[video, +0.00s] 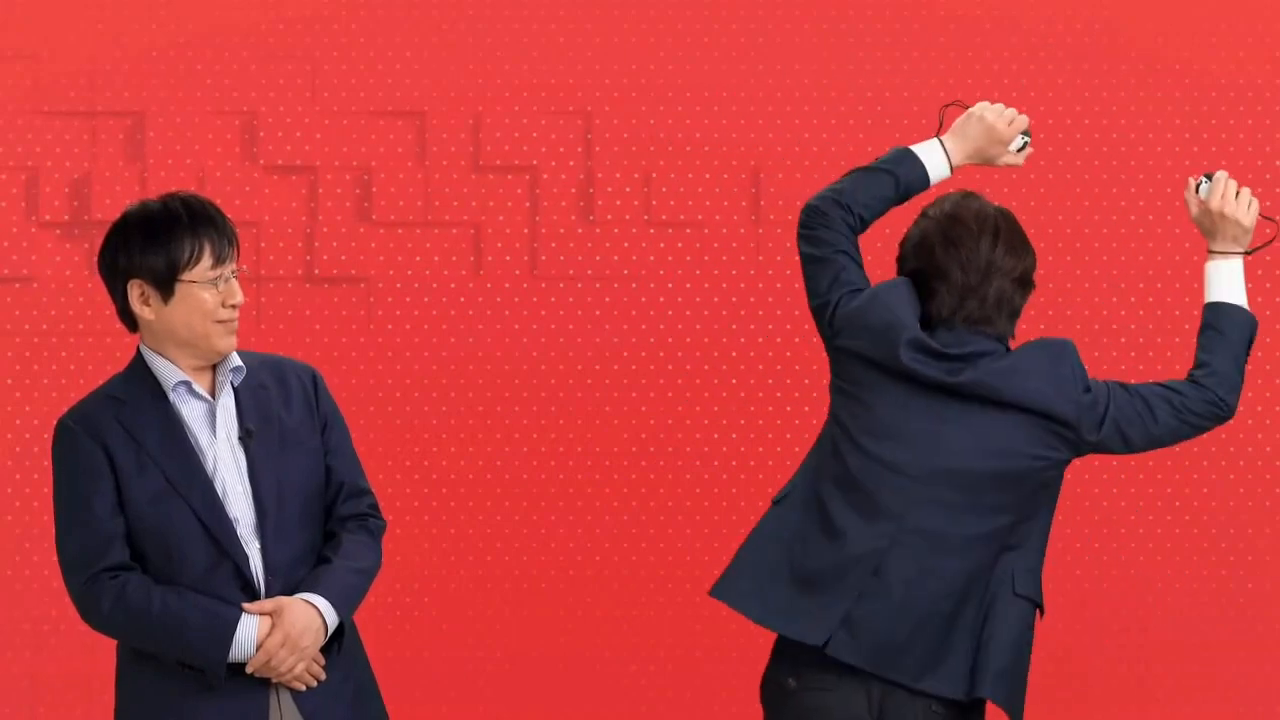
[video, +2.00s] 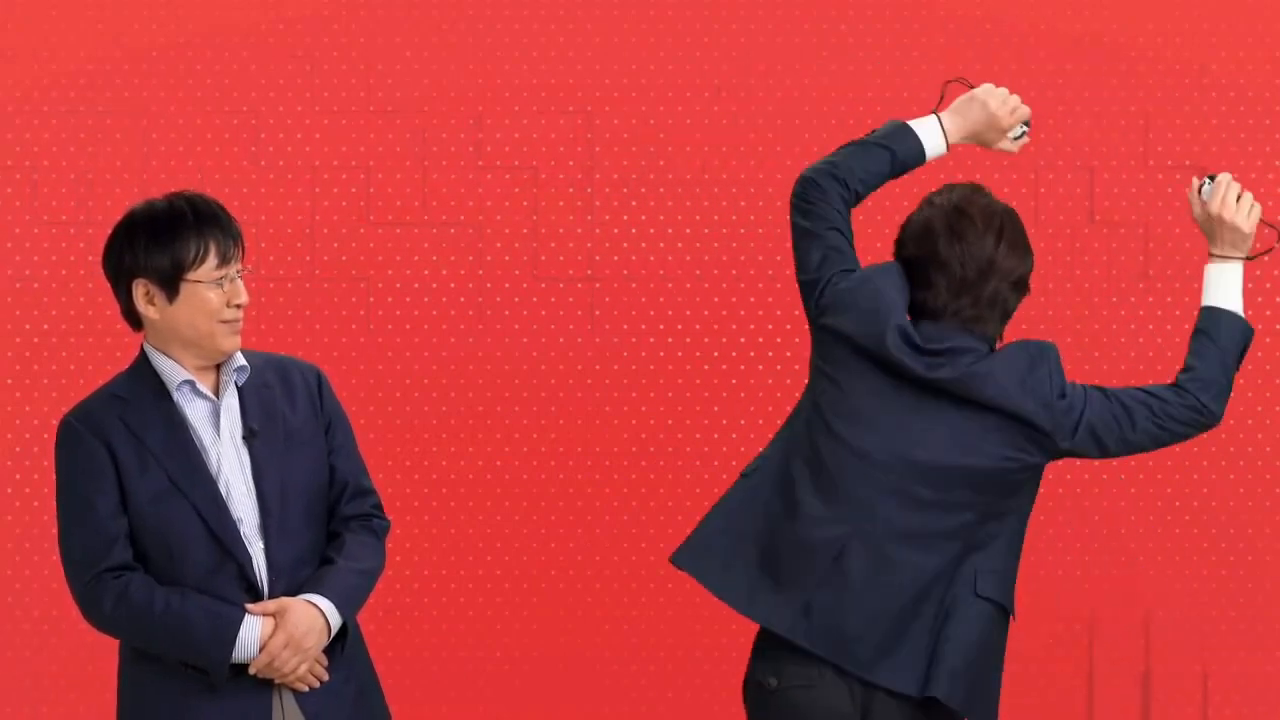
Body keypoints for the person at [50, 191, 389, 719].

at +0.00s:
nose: (235, 297)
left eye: (234, 277)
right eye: (212, 282)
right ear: (145, 300)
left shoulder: (299, 388)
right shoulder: (90, 433)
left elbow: (360, 523)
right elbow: (103, 590)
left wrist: (319, 611)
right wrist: (250, 638)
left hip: (332, 699)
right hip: (191, 707)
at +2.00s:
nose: (240, 297)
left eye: (239, 277)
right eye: (217, 282)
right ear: (149, 300)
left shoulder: (303, 388)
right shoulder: (94, 432)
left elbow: (363, 524)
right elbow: (105, 590)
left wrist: (321, 613)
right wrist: (251, 639)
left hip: (335, 699)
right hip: (193, 706)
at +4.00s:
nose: (236, 298)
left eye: (234, 278)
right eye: (212, 283)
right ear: (145, 301)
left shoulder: (301, 390)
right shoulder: (91, 434)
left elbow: (360, 525)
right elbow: (103, 591)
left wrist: (319, 612)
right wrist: (251, 639)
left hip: (332, 701)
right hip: (192, 708)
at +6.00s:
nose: (239, 297)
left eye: (237, 278)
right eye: (215, 282)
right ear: (148, 300)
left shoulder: (302, 388)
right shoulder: (93, 432)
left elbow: (362, 523)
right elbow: (104, 590)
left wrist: (321, 612)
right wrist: (251, 639)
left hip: (335, 700)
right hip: (192, 708)